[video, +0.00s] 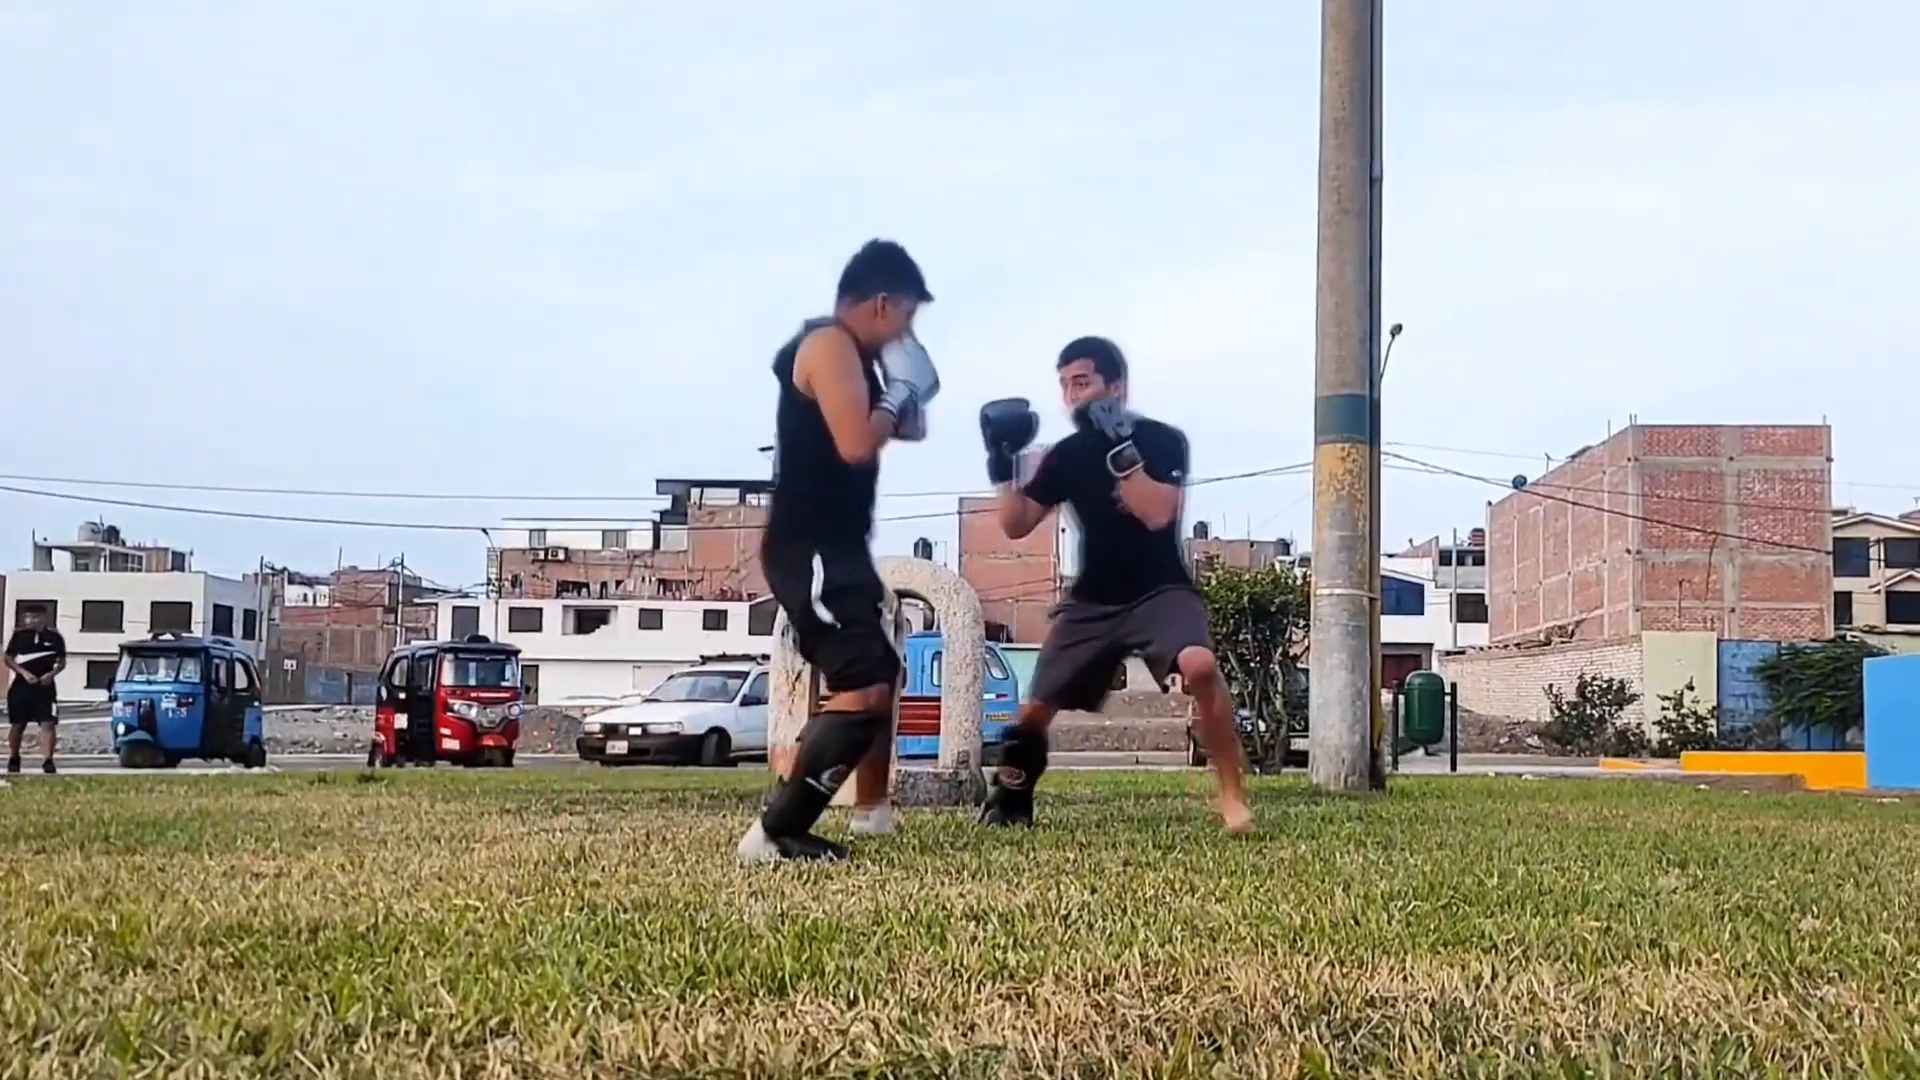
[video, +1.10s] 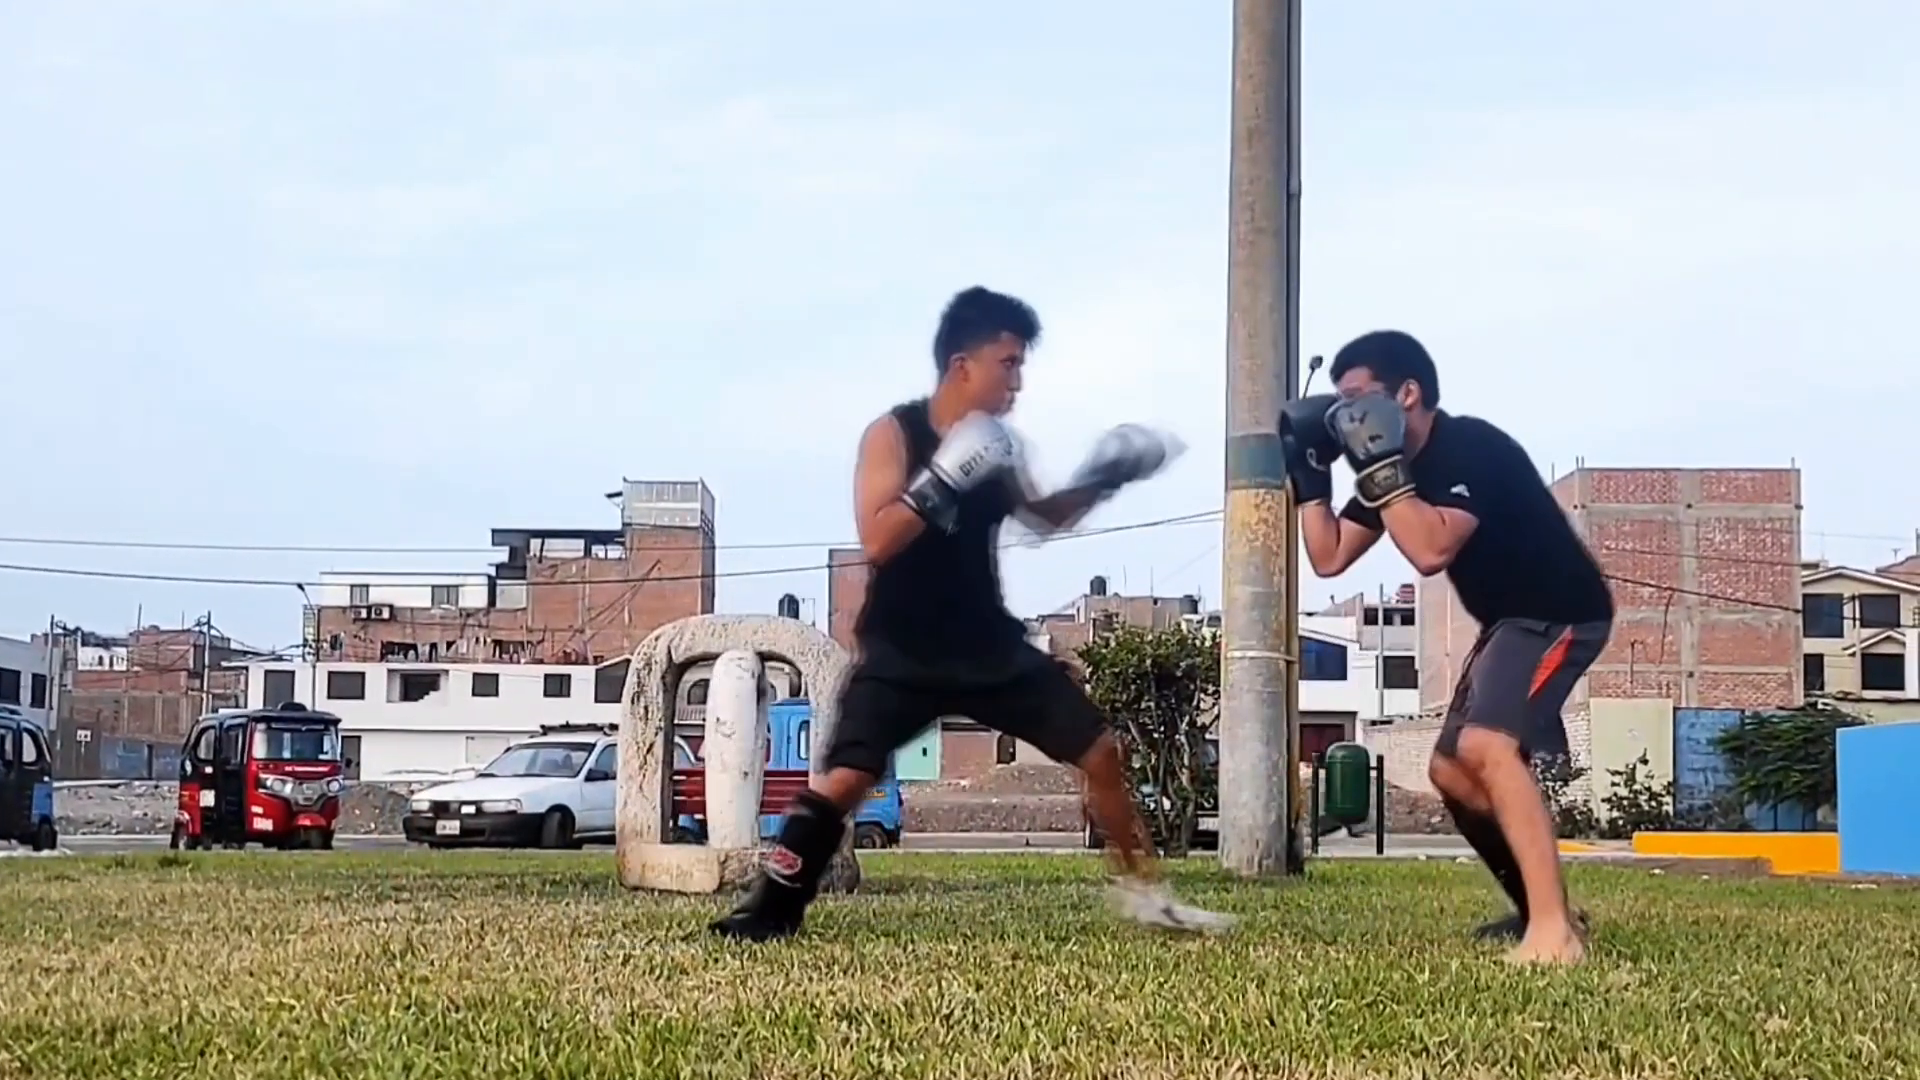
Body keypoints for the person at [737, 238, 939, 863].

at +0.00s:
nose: (908, 331)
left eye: (911, 318)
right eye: (907, 316)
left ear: (871, 303)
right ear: (878, 303)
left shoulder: (848, 353)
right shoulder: (828, 346)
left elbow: (907, 432)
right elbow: (857, 444)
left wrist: (904, 395)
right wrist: (894, 396)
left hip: (840, 545)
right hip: (811, 547)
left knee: (878, 686)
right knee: (861, 691)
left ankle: (790, 829)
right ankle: (772, 833)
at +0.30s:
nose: (887, 350)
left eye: (891, 338)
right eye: (884, 335)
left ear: (843, 326)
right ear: (846, 322)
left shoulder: (835, 391)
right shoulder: (796, 372)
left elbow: (877, 482)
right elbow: (833, 471)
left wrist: (895, 409)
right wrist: (878, 410)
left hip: (821, 581)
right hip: (772, 578)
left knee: (861, 727)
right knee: (778, 723)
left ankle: (813, 858)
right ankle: (692, 860)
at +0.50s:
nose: (885, 354)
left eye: (888, 339)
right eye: (877, 336)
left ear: (839, 334)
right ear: (833, 329)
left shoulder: (844, 411)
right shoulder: (774, 391)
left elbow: (884, 503)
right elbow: (804, 490)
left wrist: (912, 438)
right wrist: (861, 420)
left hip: (829, 607)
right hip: (764, 607)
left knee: (917, 718)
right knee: (739, 754)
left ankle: (881, 848)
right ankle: (648, 887)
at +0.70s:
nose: (907, 360)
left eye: (914, 347)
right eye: (898, 342)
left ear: (910, 354)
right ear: (852, 337)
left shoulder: (886, 422)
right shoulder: (796, 407)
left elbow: (978, 460)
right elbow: (829, 495)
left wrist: (973, 384)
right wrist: (874, 415)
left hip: (869, 629)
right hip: (797, 626)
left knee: (928, 765)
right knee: (753, 755)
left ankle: (908, 914)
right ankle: (649, 898)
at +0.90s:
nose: (949, 351)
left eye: (953, 336)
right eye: (940, 334)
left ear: (933, 336)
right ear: (894, 328)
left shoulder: (921, 414)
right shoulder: (830, 396)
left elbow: (986, 496)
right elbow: (850, 496)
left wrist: (1007, 419)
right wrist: (908, 418)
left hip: (911, 614)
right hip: (830, 613)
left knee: (995, 742)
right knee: (807, 753)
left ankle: (948, 877)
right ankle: (760, 912)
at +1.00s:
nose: (975, 370)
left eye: (978, 355)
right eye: (965, 352)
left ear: (942, 354)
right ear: (916, 348)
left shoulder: (944, 432)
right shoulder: (849, 421)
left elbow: (985, 533)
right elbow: (862, 522)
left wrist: (1024, 476)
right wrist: (924, 451)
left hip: (950, 638)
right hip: (865, 644)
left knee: (1054, 732)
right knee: (820, 771)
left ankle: (1030, 866)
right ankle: (761, 913)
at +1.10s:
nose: (1018, 381)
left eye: (1021, 366)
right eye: (1008, 364)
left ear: (974, 363)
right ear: (961, 363)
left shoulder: (997, 444)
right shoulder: (893, 435)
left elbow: (1046, 518)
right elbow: (877, 542)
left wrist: (1100, 479)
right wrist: (943, 478)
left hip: (990, 649)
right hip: (901, 654)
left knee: (1100, 748)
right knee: (845, 775)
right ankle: (769, 911)